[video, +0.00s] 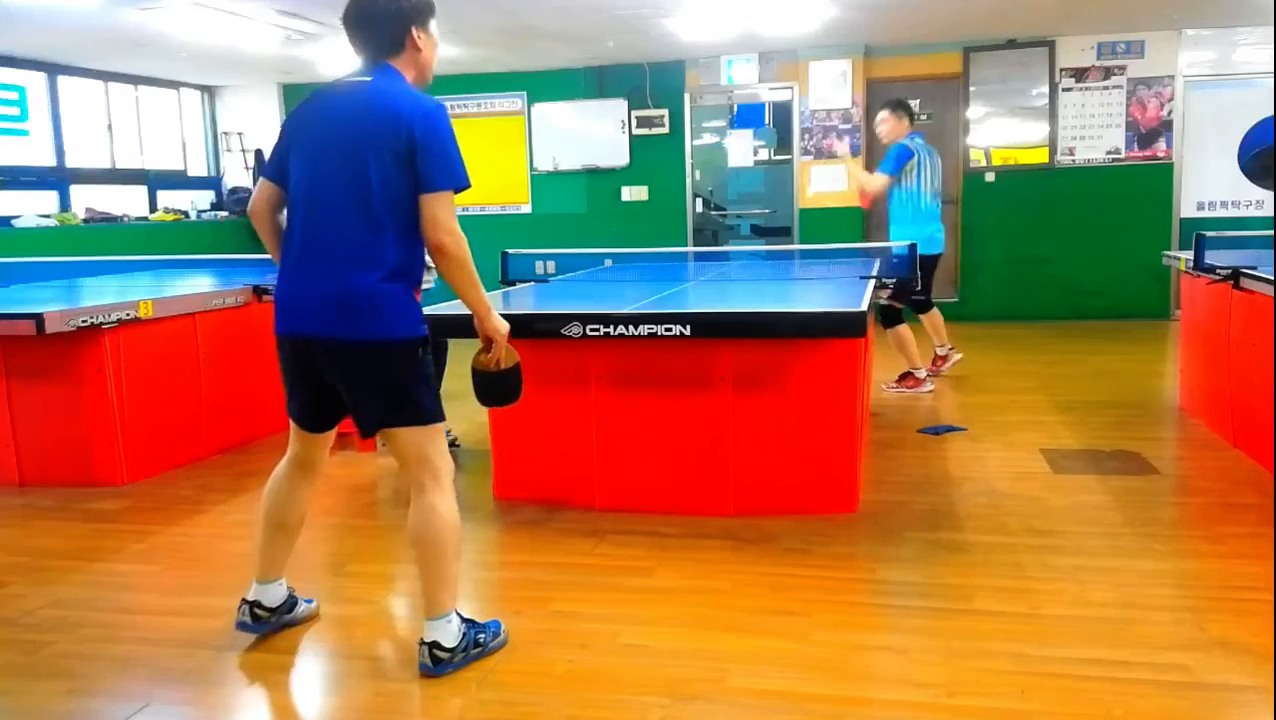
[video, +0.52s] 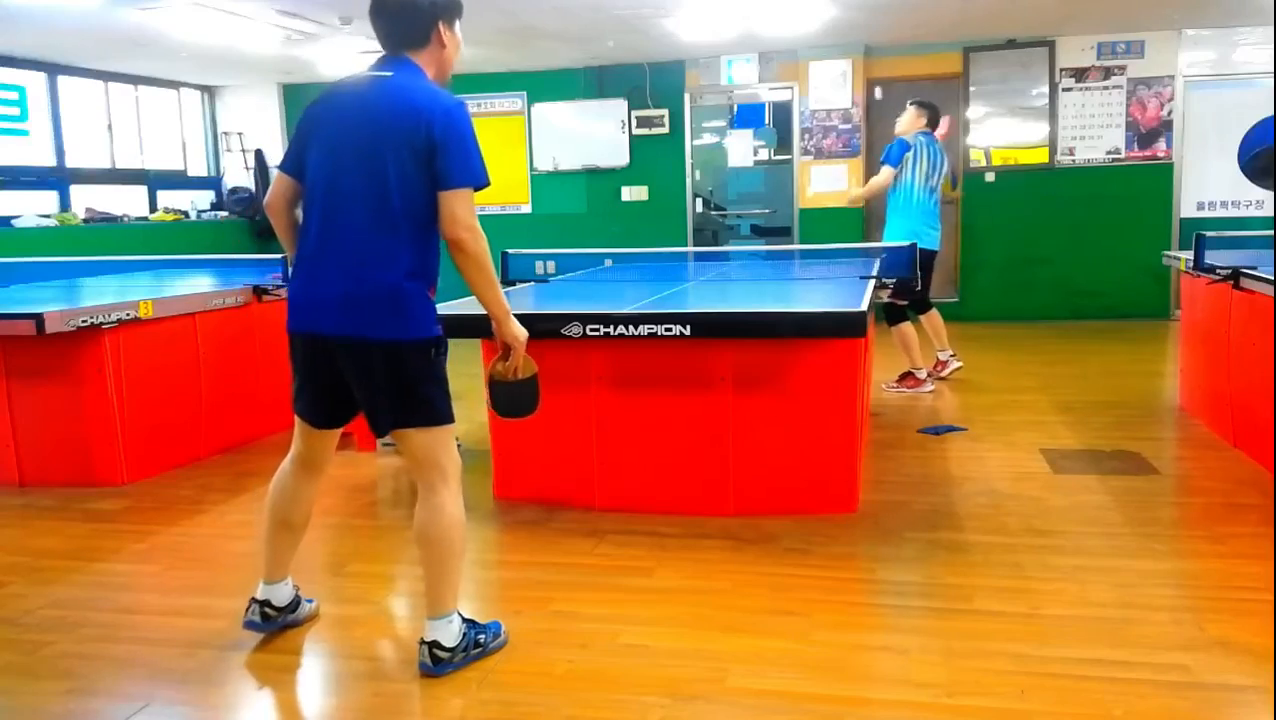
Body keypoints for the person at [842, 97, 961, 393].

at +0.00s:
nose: (879, 129)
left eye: (883, 122)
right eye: (878, 124)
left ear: (902, 121)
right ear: (907, 123)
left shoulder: (900, 149)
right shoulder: (929, 151)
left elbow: (874, 185)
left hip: (910, 243)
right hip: (931, 242)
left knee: (888, 308)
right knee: (920, 298)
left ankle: (917, 375)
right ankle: (944, 350)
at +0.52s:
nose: (897, 119)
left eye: (904, 114)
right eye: (900, 114)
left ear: (921, 120)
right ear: (927, 123)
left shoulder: (902, 144)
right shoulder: (941, 153)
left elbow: (883, 180)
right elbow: (944, 191)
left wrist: (860, 194)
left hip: (904, 238)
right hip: (928, 239)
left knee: (894, 307)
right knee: (919, 300)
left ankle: (918, 375)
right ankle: (946, 356)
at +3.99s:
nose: (866, 156)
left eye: (871, 149)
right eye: (861, 151)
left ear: (884, 146)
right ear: (857, 152)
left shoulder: (907, 163)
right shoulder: (858, 174)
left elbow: (940, 190)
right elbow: (863, 212)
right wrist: (874, 217)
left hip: (911, 240)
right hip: (878, 241)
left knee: (916, 295)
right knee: (863, 295)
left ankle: (932, 351)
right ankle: (858, 352)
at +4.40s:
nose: (872, 145)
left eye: (877, 139)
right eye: (867, 139)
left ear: (887, 139)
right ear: (860, 141)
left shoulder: (899, 160)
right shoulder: (855, 163)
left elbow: (920, 185)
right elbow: (866, 181)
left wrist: (954, 191)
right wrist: (889, 158)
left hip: (901, 241)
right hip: (869, 244)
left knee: (920, 291)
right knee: (863, 298)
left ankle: (940, 348)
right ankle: (858, 353)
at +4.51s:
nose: (864, 142)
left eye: (869, 136)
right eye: (859, 137)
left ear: (880, 137)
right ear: (853, 139)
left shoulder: (893, 160)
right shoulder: (847, 163)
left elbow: (915, 186)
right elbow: (840, 190)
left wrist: (940, 195)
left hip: (890, 238)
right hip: (858, 240)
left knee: (905, 287)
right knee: (859, 291)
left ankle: (915, 341)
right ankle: (859, 342)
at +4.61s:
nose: (856, 136)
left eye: (862, 130)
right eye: (852, 131)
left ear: (873, 131)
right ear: (847, 133)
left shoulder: (888, 156)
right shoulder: (841, 160)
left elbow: (908, 178)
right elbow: (824, 185)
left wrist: (916, 195)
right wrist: (823, 199)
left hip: (881, 235)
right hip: (849, 237)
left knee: (888, 287)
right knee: (852, 286)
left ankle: (893, 334)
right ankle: (856, 334)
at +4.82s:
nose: (840, 143)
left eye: (845, 138)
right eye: (836, 139)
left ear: (857, 138)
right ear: (832, 141)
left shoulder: (873, 164)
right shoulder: (830, 170)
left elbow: (886, 197)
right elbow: (823, 201)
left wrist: (870, 210)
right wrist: (811, 219)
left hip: (868, 236)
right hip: (838, 237)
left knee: (881, 285)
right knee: (836, 283)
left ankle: (892, 335)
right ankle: (840, 334)